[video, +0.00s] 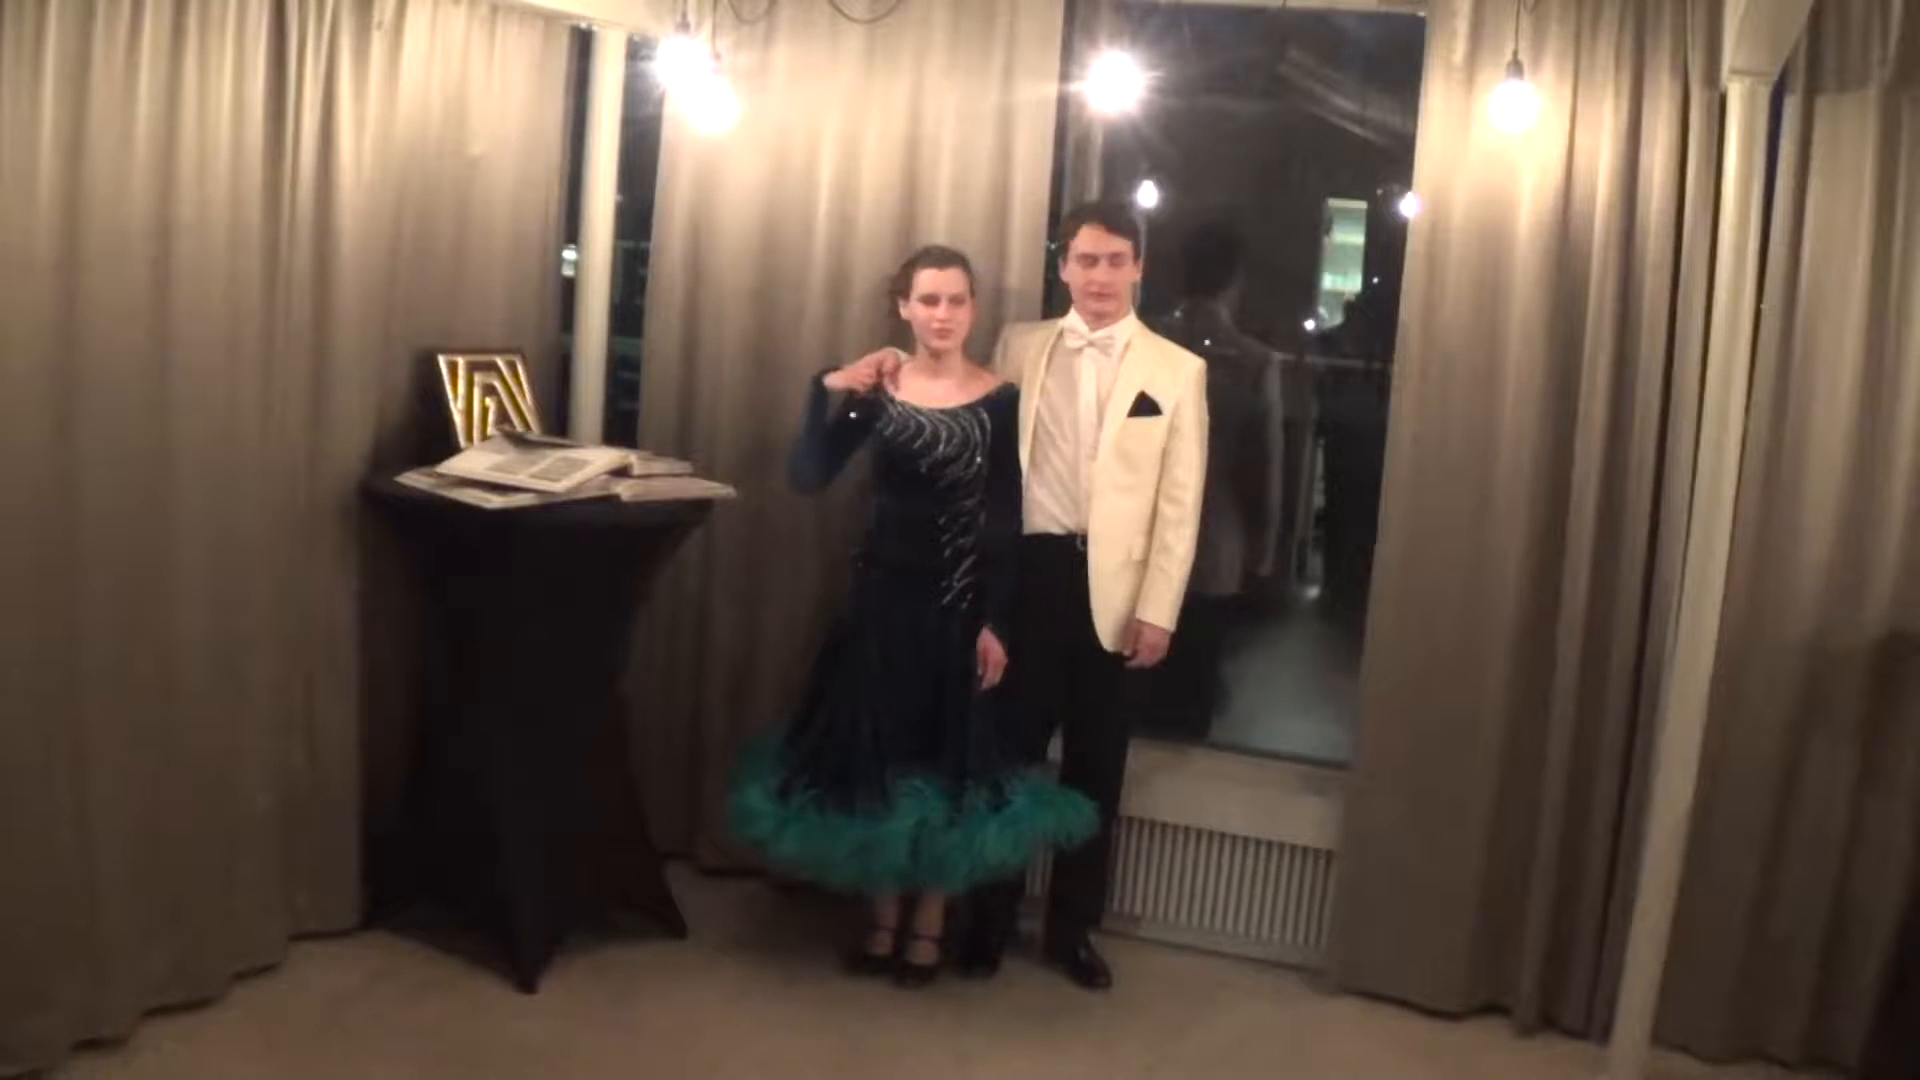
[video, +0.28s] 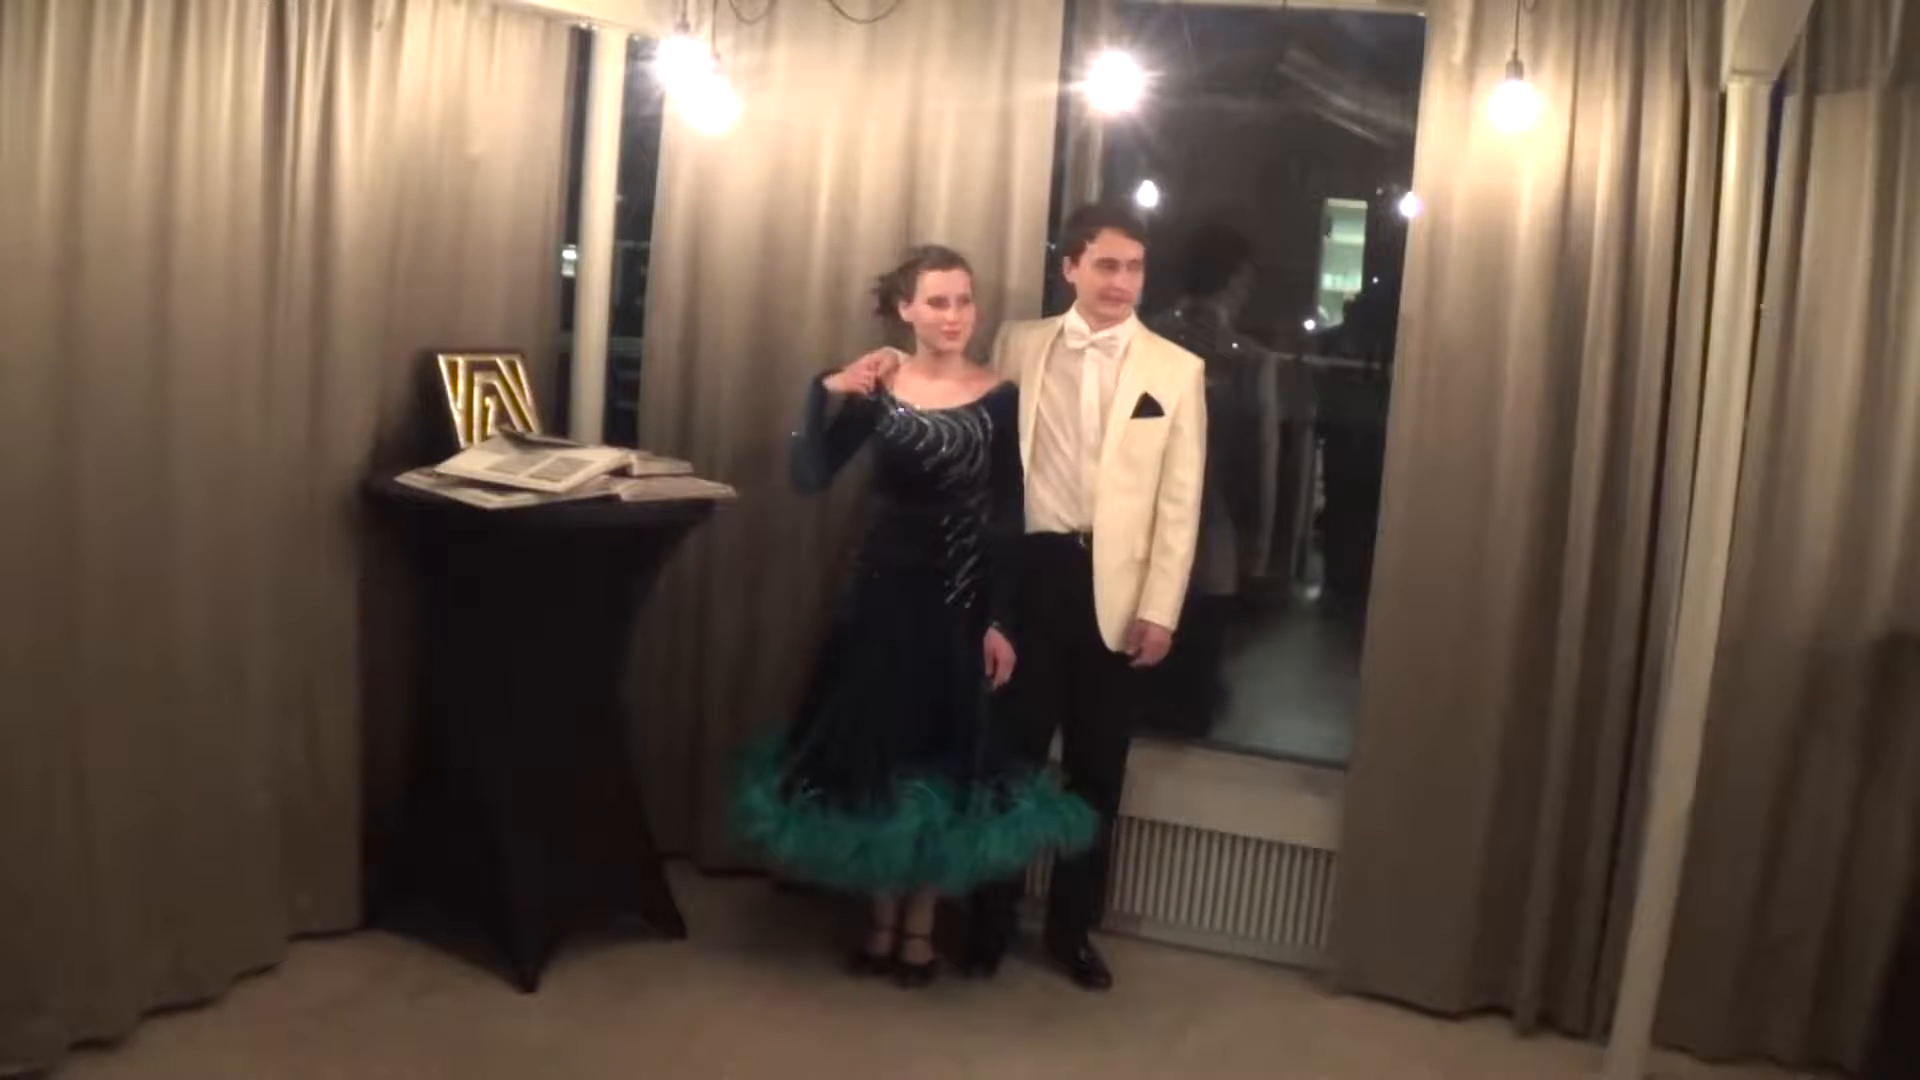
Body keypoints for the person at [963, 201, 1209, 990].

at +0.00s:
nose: (1099, 274)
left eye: (1114, 260)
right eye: (1085, 259)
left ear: (1139, 271)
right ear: (1063, 268)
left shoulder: (1178, 371)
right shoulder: (1022, 348)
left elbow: (1180, 501)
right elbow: (977, 445)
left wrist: (1160, 607)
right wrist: (898, 368)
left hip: (1112, 584)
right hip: (1023, 571)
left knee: (1096, 769)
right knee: (1008, 746)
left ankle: (1073, 930)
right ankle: (985, 923)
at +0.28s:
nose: (1122, 280)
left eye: (1134, 268)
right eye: (1107, 264)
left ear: (1147, 279)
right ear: (1070, 269)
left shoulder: (1178, 371)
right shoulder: (1021, 344)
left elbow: (1180, 500)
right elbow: (974, 441)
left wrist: (1161, 606)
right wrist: (893, 368)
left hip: (1113, 582)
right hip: (1022, 568)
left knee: (1098, 764)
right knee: (1009, 744)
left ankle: (1073, 929)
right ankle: (985, 923)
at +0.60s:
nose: (1129, 284)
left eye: (1140, 271)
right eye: (1114, 267)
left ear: (1151, 281)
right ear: (1072, 271)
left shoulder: (1176, 369)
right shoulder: (1018, 344)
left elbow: (1182, 498)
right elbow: (976, 454)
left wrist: (1165, 603)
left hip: (1114, 580)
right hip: (1024, 569)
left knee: (1099, 762)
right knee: (1010, 745)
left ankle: (1073, 929)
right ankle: (984, 922)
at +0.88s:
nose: (1134, 283)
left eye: (1143, 270)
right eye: (1119, 267)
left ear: (1150, 280)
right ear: (1074, 270)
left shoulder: (1172, 369)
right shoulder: (1015, 344)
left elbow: (1179, 496)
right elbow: (973, 456)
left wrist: (1164, 600)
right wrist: (966, 568)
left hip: (1113, 578)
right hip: (1021, 568)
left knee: (1098, 760)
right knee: (1008, 742)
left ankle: (1074, 929)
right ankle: (982, 923)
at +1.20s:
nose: (1133, 281)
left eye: (1141, 268)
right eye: (1118, 265)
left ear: (1147, 278)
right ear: (1072, 268)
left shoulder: (1169, 366)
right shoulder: (1011, 342)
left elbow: (1177, 492)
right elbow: (971, 456)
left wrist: (1163, 597)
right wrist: (965, 566)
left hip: (1112, 576)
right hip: (1021, 567)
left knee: (1097, 758)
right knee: (1008, 742)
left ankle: (1073, 928)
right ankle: (982, 922)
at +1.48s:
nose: (1131, 280)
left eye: (1139, 267)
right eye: (1116, 264)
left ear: (1145, 276)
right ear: (1069, 267)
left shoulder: (1167, 363)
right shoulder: (1009, 342)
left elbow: (1176, 490)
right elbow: (969, 455)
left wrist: (1163, 597)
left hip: (1113, 573)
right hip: (1022, 565)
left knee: (1097, 753)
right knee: (1008, 740)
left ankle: (1071, 926)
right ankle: (985, 919)